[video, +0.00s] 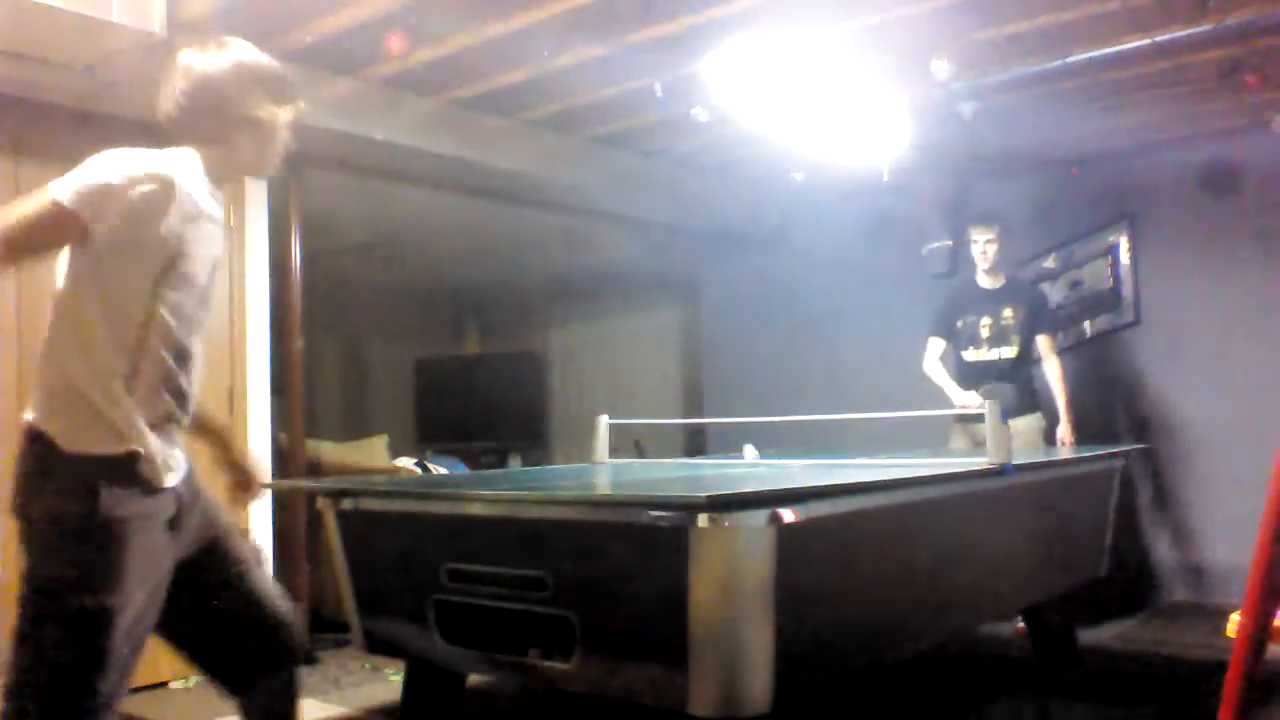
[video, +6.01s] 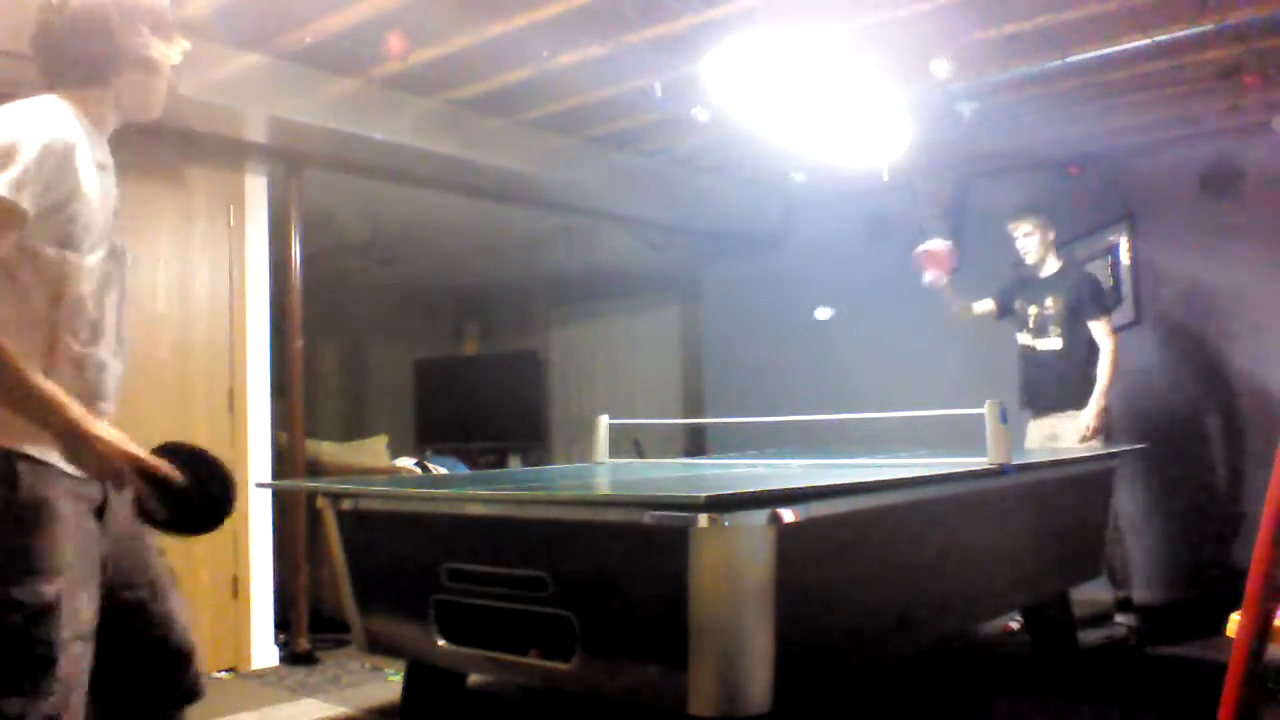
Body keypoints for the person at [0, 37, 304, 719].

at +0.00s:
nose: (289, 129)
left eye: (288, 112)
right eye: (278, 110)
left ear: (235, 118)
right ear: (232, 113)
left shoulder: (205, 209)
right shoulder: (151, 179)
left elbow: (153, 367)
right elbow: (10, 239)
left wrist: (226, 446)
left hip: (162, 481)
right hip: (91, 484)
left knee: (271, 655)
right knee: (61, 706)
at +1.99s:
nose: (180, 166)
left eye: (179, 153)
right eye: (171, 152)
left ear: (145, 157)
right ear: (136, 153)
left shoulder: (151, 252)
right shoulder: (58, 225)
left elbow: (140, 350)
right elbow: (6, 327)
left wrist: (185, 362)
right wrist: (96, 380)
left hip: (110, 438)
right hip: (51, 431)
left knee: (84, 595)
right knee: (59, 602)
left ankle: (71, 711)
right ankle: (34, 718)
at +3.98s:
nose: (324, 213)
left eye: (321, 202)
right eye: (318, 202)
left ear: (264, 209)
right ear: (297, 209)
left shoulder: (241, 258)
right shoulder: (286, 256)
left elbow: (207, 350)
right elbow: (339, 356)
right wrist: (428, 334)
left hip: (204, 443)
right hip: (172, 431)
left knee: (228, 584)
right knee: (127, 589)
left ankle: (221, 708)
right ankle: (9, 698)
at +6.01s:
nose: (180, 53)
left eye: (176, 34)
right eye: (164, 30)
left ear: (122, 45)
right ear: (113, 37)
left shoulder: (90, 154)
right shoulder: (39, 133)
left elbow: (42, 335)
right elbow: (1, 338)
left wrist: (116, 451)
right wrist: (82, 432)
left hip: (92, 475)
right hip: (29, 469)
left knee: (161, 677)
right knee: (39, 699)